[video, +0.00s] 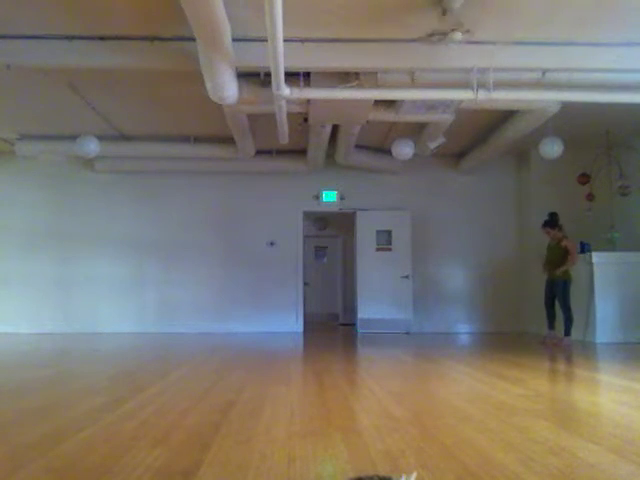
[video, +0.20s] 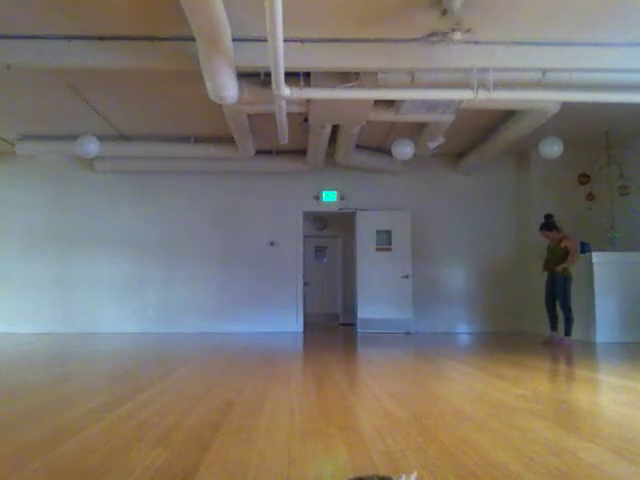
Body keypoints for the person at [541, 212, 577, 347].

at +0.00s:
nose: (548, 235)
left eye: (549, 232)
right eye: (546, 233)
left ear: (555, 229)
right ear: (548, 232)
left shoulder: (566, 242)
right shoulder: (551, 243)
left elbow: (573, 259)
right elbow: (548, 258)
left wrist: (561, 269)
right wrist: (545, 266)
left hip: (562, 276)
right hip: (551, 276)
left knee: (564, 305)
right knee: (549, 303)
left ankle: (567, 336)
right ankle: (551, 332)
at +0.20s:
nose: (546, 238)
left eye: (547, 235)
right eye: (544, 236)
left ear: (553, 231)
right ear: (547, 234)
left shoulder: (566, 241)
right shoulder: (552, 243)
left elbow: (572, 258)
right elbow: (551, 257)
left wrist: (560, 267)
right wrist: (547, 266)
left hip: (562, 274)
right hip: (551, 274)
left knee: (564, 304)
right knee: (550, 303)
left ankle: (567, 336)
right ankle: (553, 333)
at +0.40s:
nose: (544, 239)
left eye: (544, 236)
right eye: (542, 237)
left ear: (549, 232)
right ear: (544, 235)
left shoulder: (562, 239)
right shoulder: (550, 242)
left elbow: (575, 248)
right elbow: (550, 256)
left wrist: (563, 256)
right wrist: (545, 258)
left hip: (562, 271)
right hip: (552, 271)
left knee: (564, 303)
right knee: (552, 303)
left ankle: (567, 336)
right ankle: (555, 334)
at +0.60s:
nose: (542, 240)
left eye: (542, 237)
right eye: (540, 238)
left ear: (547, 233)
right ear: (543, 236)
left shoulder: (561, 240)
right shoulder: (548, 243)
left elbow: (574, 250)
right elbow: (547, 256)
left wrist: (563, 264)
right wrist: (545, 264)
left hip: (562, 273)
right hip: (551, 274)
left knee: (563, 305)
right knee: (552, 305)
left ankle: (566, 336)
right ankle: (555, 334)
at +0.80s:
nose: (541, 241)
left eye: (541, 237)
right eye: (539, 239)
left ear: (546, 233)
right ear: (541, 236)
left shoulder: (559, 240)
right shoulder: (546, 243)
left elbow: (571, 252)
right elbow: (547, 256)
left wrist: (560, 262)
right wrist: (543, 263)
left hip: (560, 274)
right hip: (550, 274)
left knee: (563, 304)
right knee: (552, 305)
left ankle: (566, 336)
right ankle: (555, 334)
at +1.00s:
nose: (540, 241)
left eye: (540, 238)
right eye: (538, 239)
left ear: (546, 233)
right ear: (540, 237)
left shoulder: (558, 240)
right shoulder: (545, 243)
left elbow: (571, 252)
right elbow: (546, 257)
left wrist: (558, 261)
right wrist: (543, 263)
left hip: (559, 273)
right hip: (549, 273)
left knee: (562, 304)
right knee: (552, 305)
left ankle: (566, 336)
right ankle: (556, 334)